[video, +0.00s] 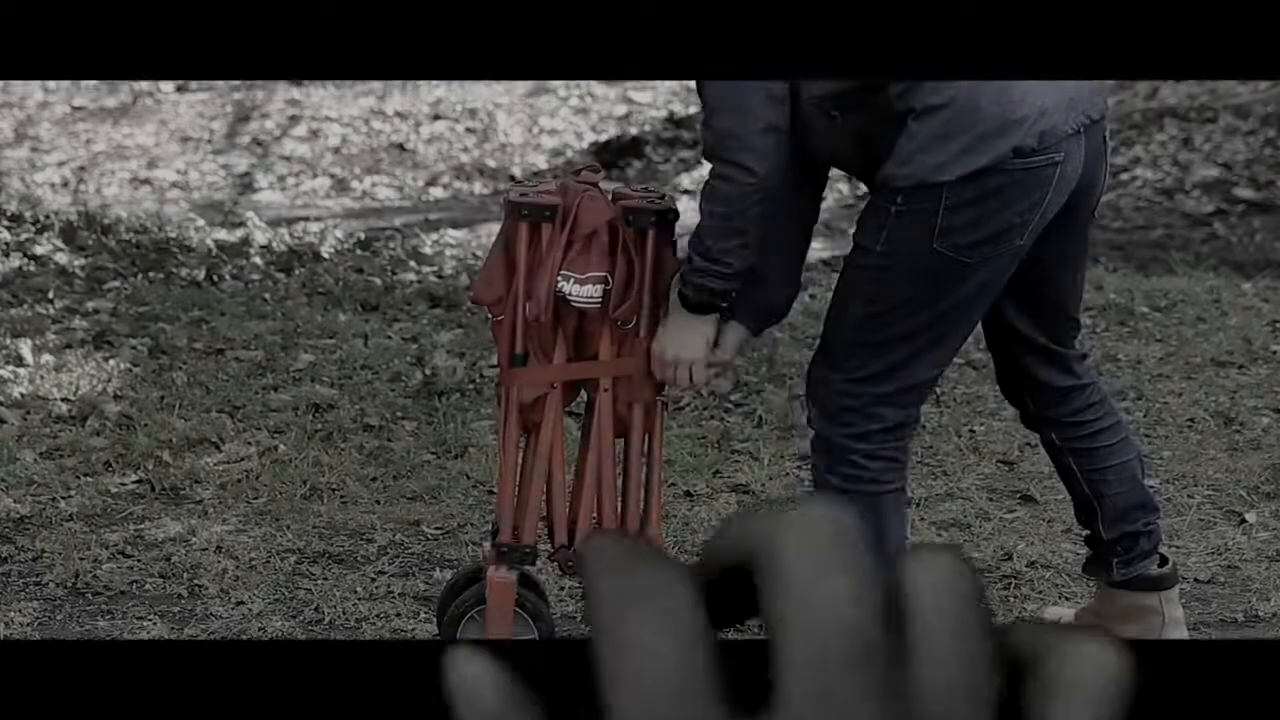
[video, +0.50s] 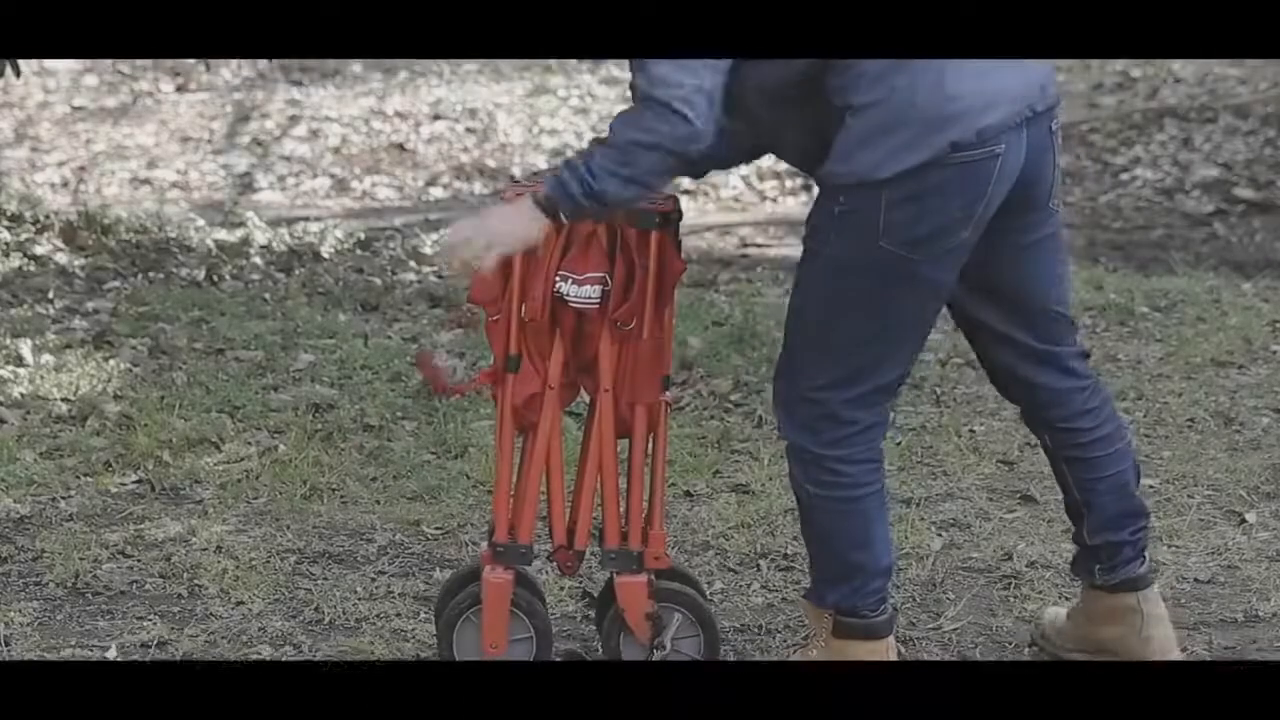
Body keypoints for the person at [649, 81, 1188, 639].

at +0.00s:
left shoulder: (739, 80)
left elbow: (749, 159)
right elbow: (791, 168)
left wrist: (693, 299)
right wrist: (744, 313)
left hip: (965, 152)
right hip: (1072, 126)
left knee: (856, 406)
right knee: (1047, 366)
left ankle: (860, 647)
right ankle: (1138, 589)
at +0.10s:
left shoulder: (729, 78)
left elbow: (741, 162)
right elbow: (789, 172)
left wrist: (691, 303)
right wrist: (743, 315)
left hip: (958, 150)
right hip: (1067, 124)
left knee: (849, 402)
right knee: (1049, 366)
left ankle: (856, 629)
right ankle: (1138, 594)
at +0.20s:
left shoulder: (715, 78)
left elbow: (727, 167)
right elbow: (789, 158)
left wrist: (684, 306)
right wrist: (747, 303)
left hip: (946, 150)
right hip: (1057, 123)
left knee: (843, 406)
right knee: (1050, 367)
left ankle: (857, 629)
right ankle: (1138, 596)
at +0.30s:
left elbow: (694, 158)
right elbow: (790, 130)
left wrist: (664, 314)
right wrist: (737, 273)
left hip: (933, 141)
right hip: (1046, 112)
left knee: (838, 403)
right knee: (1050, 366)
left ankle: (856, 632)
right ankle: (1137, 599)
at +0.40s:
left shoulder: (686, 62)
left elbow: (687, 143)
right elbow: (756, 143)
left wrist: (589, 294)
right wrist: (655, 225)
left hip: (924, 140)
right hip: (1030, 104)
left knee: (832, 408)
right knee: (1051, 366)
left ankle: (855, 636)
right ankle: (1129, 599)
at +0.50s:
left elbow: (675, 126)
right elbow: (740, 125)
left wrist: (539, 204)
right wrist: (575, 183)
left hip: (909, 137)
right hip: (1018, 104)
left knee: (828, 407)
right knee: (1047, 365)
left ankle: (856, 639)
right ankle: (1124, 603)